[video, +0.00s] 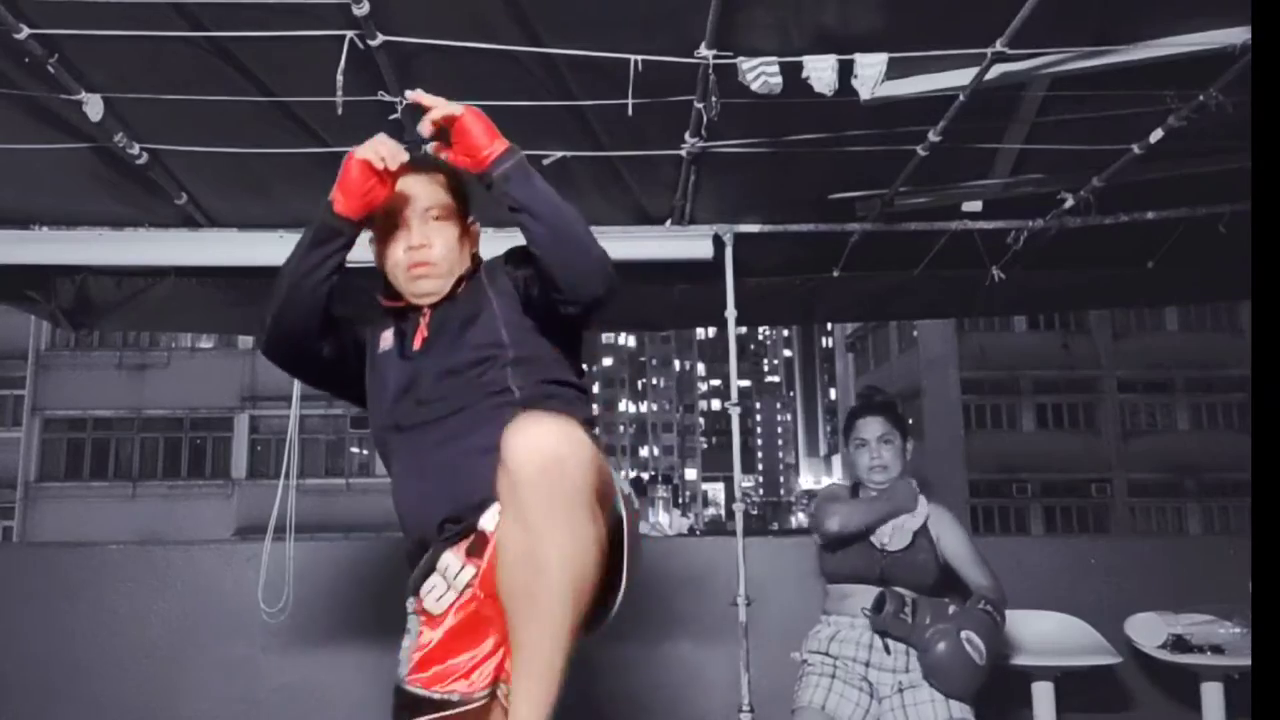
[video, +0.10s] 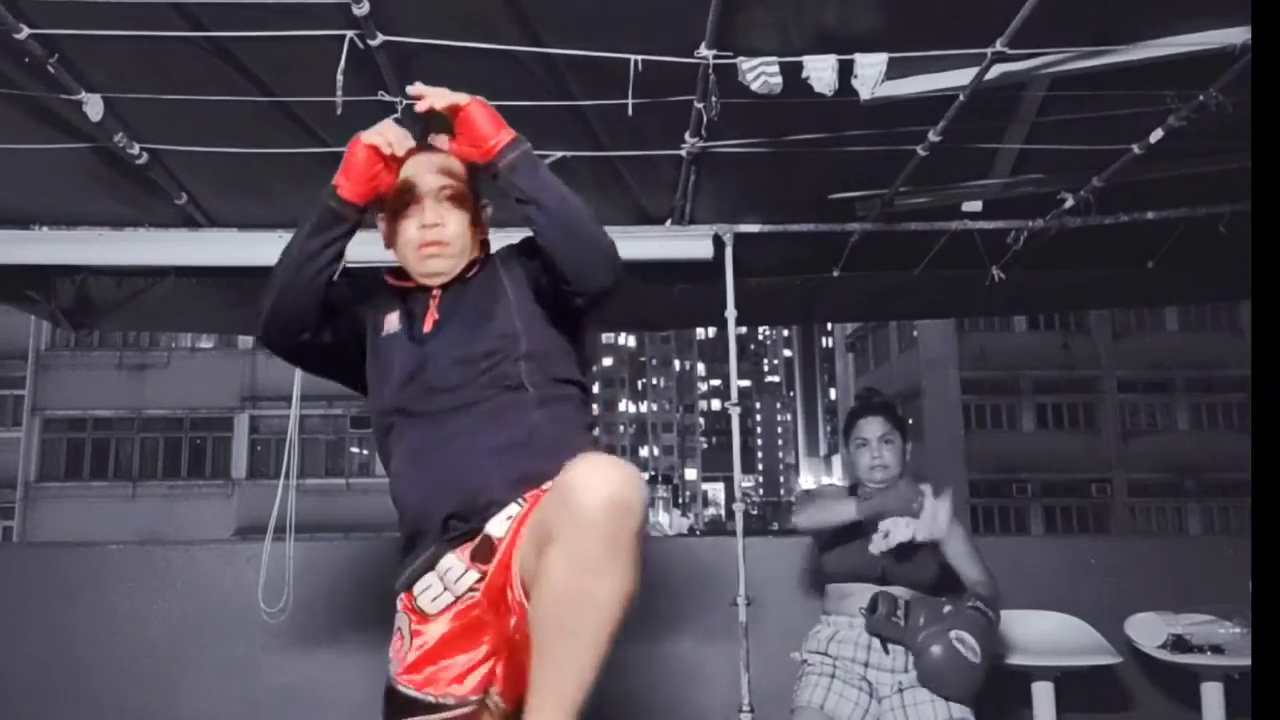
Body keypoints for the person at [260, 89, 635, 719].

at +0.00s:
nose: (415, 239)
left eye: (435, 218)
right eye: (394, 226)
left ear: (470, 235)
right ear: (376, 250)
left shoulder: (521, 287)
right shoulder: (370, 345)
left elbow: (589, 280)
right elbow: (286, 338)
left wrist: (500, 160)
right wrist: (341, 216)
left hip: (558, 518)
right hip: (451, 566)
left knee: (541, 441)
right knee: (441, 706)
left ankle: (528, 712)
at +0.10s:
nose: (429, 218)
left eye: (448, 199)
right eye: (408, 203)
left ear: (479, 221)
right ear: (387, 230)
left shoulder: (532, 275)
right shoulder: (370, 322)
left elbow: (597, 269)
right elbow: (283, 327)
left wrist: (506, 151)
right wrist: (344, 200)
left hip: (546, 528)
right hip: (438, 572)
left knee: (606, 484)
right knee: (429, 706)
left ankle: (548, 713)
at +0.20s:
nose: (456, 204)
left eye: (475, 190)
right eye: (437, 189)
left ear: (500, 207)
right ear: (406, 208)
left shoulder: (547, 270)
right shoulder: (378, 309)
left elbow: (623, 274)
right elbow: (295, 313)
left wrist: (532, 155)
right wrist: (380, 182)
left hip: (559, 526)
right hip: (438, 577)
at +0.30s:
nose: (480, 194)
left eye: (499, 180)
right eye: (461, 180)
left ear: (522, 199)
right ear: (427, 202)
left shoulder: (566, 275)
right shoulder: (392, 289)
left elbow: (647, 292)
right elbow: (321, 300)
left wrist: (560, 167)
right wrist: (411, 171)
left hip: (577, 554)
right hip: (439, 581)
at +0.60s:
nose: (571, 203)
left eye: (589, 180)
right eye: (545, 184)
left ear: (615, 200)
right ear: (512, 206)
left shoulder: (646, 292)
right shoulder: (479, 285)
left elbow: (725, 329)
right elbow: (383, 362)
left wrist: (657, 208)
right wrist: (480, 209)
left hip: (605, 550)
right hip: (482, 513)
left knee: (603, 706)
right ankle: (501, 711)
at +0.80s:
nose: (586, 204)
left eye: (605, 182)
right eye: (561, 183)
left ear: (631, 201)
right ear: (526, 204)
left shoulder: (655, 291)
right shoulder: (490, 277)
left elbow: (723, 356)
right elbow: (405, 356)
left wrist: (678, 225)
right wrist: (497, 202)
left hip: (608, 545)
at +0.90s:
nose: (601, 192)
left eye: (616, 171)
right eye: (574, 171)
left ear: (637, 189)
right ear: (536, 194)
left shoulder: (658, 288)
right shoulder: (497, 269)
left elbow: (732, 353)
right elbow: (400, 368)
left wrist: (680, 221)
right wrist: (491, 217)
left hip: (611, 559)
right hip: (480, 512)